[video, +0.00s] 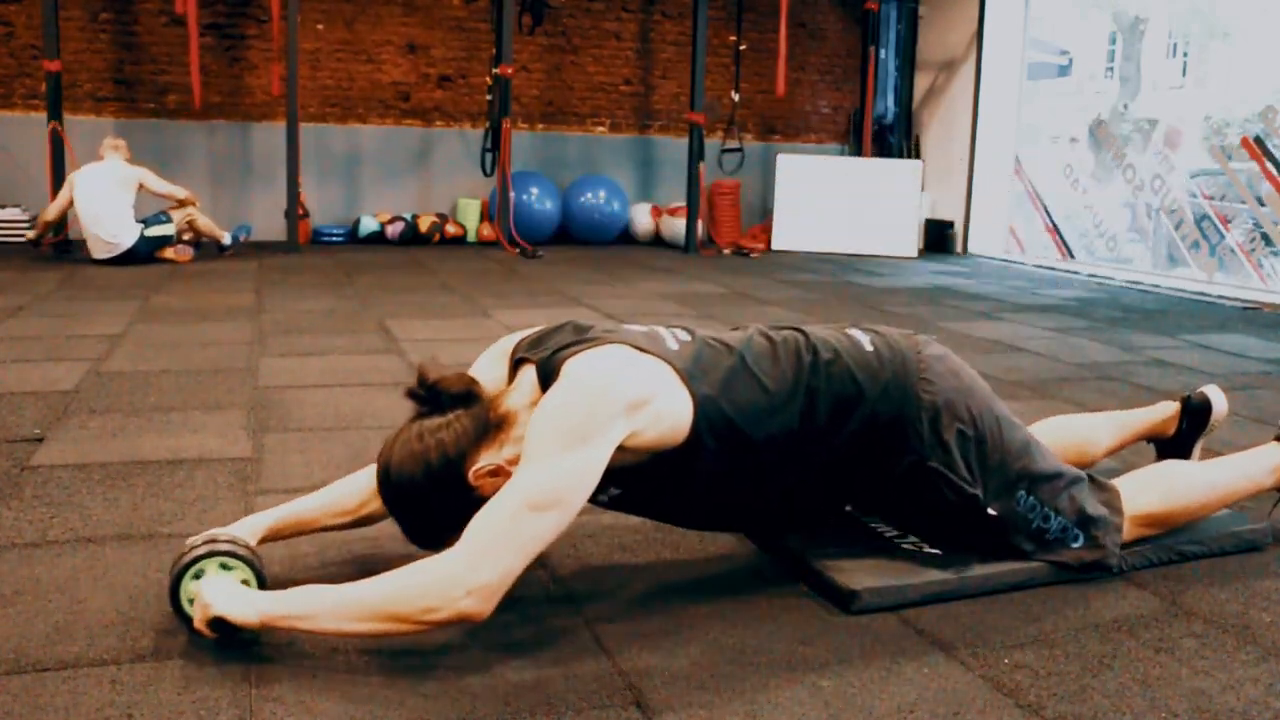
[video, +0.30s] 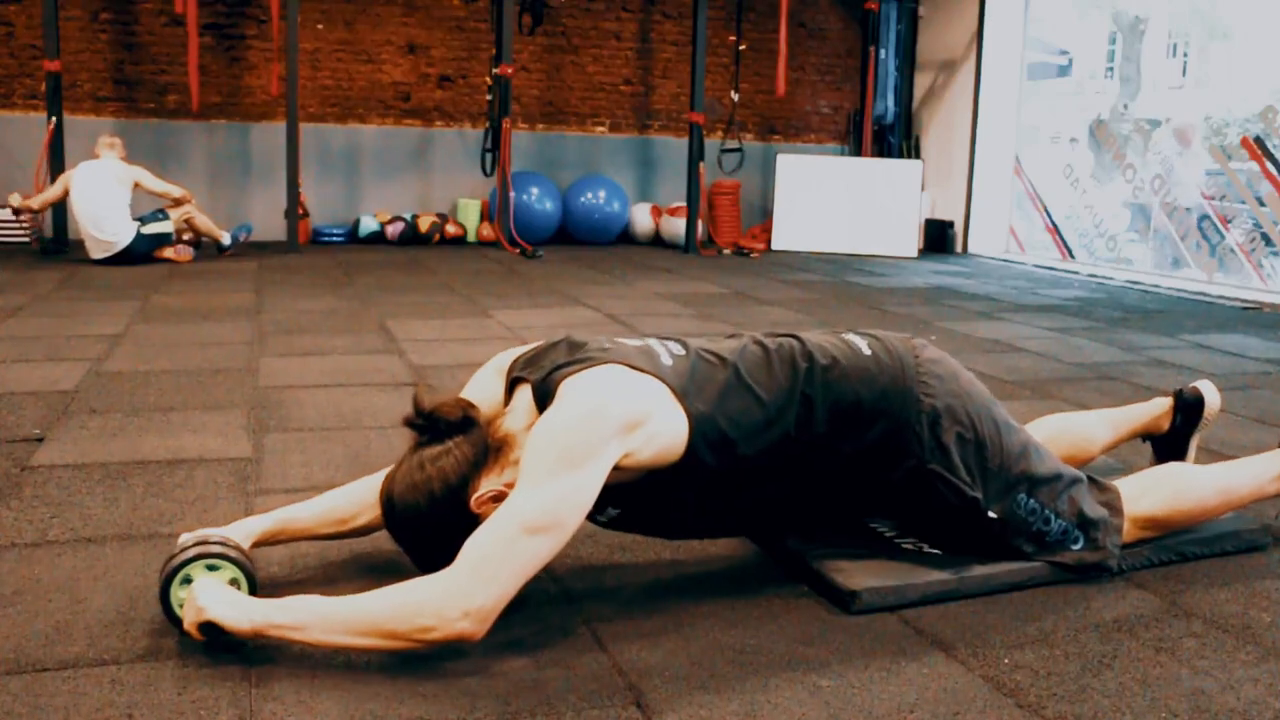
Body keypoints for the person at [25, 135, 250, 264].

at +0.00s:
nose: (125, 155)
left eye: (119, 151)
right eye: (125, 152)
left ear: (101, 155)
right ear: (125, 155)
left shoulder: (78, 175)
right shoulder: (133, 171)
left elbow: (49, 216)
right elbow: (176, 194)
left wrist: (34, 234)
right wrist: (193, 200)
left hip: (99, 255)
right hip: (131, 247)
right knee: (188, 211)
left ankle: (173, 250)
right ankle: (226, 239)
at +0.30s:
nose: (121, 149)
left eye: (115, 146)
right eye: (121, 147)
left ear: (94, 153)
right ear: (120, 152)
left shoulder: (75, 173)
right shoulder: (128, 169)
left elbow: (37, 205)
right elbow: (175, 194)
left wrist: (19, 202)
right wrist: (189, 201)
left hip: (98, 254)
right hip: (129, 245)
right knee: (186, 210)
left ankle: (172, 249)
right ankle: (225, 240)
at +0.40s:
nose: (120, 147)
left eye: (116, 145)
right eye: (119, 146)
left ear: (94, 152)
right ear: (118, 152)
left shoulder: (73, 173)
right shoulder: (126, 169)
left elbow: (31, 201)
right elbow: (171, 194)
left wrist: (9, 201)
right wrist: (189, 199)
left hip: (98, 254)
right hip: (128, 244)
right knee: (186, 210)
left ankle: (170, 249)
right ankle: (226, 240)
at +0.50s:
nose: (115, 149)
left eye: (109, 146)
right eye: (116, 147)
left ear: (92, 153)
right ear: (118, 153)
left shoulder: (72, 173)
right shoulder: (126, 170)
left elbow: (28, 201)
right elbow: (172, 195)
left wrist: (7, 206)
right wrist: (190, 201)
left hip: (99, 255)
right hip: (129, 245)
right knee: (186, 210)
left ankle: (170, 249)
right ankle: (225, 240)